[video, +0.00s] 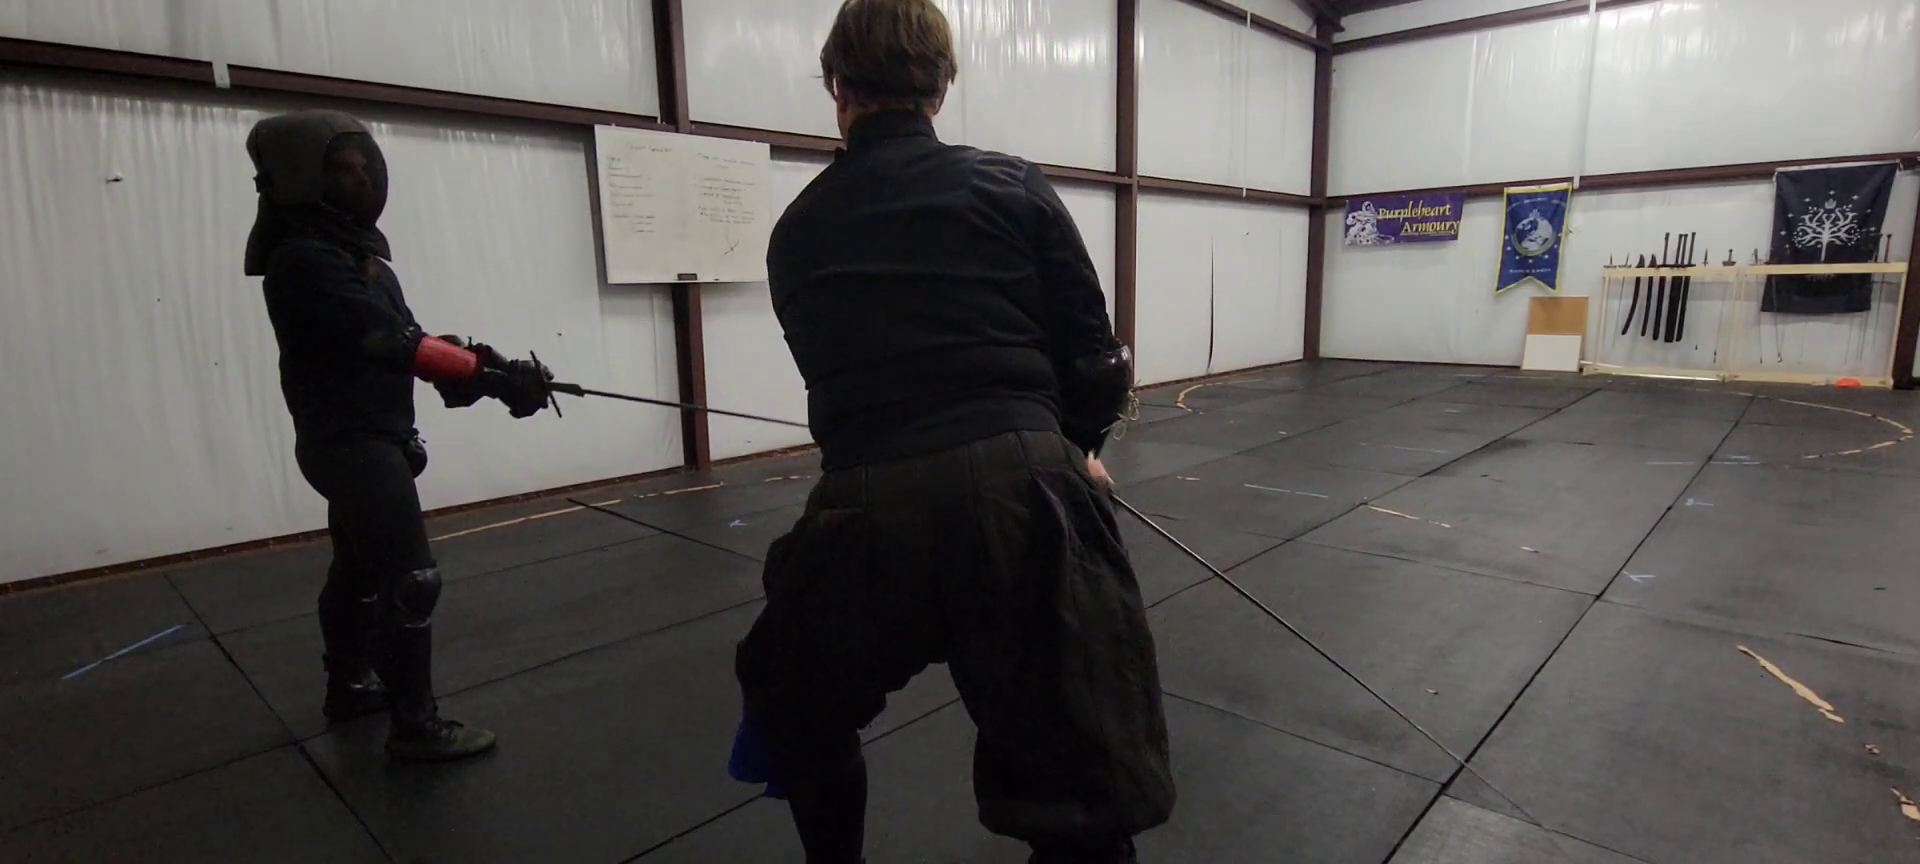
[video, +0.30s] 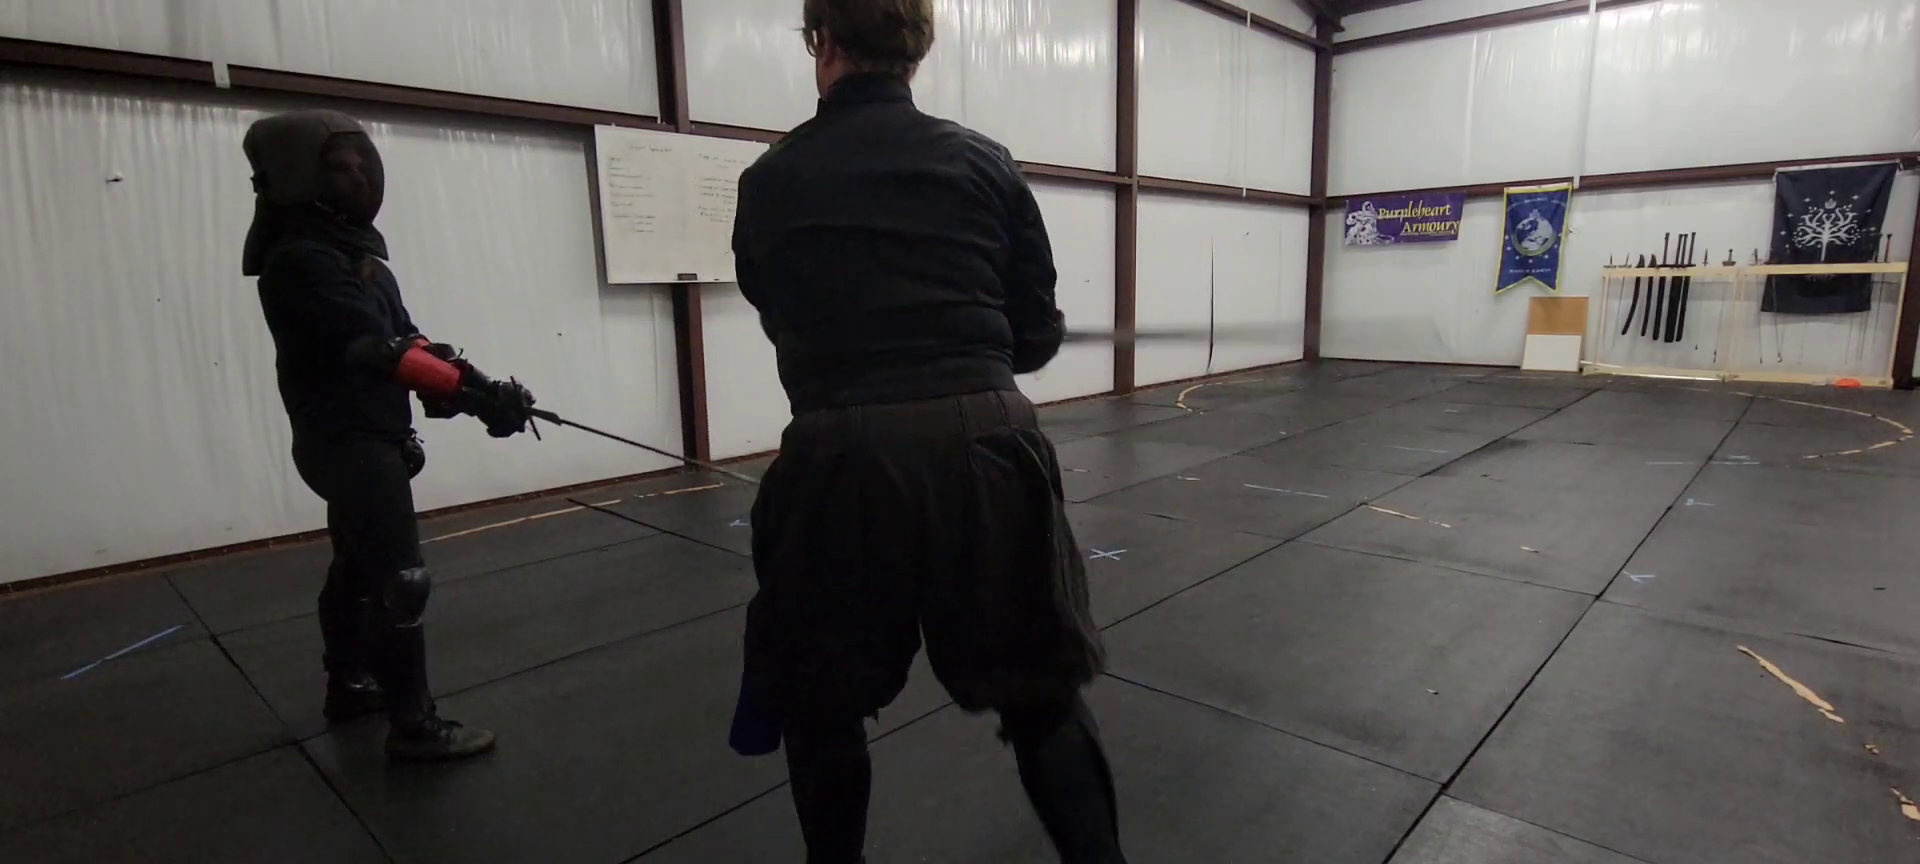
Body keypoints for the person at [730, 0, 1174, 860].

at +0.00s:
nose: (834, 99)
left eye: (832, 87)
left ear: (840, 92)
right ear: (939, 89)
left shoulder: (795, 230)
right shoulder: (1013, 183)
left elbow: (840, 386)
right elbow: (1095, 361)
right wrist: (1071, 448)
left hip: (867, 517)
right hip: (1025, 495)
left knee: (804, 703)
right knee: (1069, 768)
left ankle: (833, 851)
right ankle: (1082, 848)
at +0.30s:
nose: (812, 60)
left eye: (814, 45)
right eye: (816, 44)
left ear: (825, 49)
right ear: (913, 55)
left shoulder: (769, 179)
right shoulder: (982, 160)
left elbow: (780, 315)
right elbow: (1036, 328)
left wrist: (868, 346)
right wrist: (938, 359)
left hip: (839, 455)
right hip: (986, 443)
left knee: (823, 708)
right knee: (1039, 692)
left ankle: (835, 856)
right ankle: (1097, 851)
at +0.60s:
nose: (891, 80)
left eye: (895, 63)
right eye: (893, 62)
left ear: (918, 66)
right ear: (981, 72)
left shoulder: (864, 182)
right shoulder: (1033, 184)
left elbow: (794, 331)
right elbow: (1012, 310)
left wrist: (860, 373)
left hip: (914, 450)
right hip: (1037, 439)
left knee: (859, 678)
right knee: (1029, 626)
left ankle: (843, 853)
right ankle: (1074, 780)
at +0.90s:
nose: (958, 64)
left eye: (970, 50)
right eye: (963, 49)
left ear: (1008, 62)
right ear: (1028, 67)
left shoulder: (988, 174)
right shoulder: (1070, 159)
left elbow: (927, 308)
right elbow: (1023, 295)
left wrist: (891, 349)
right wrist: (901, 324)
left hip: (1028, 423)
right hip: (1105, 404)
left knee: (994, 629)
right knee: (1075, 606)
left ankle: (1043, 811)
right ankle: (1079, 780)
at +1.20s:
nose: (1001, 80)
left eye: (1011, 64)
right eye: (1006, 64)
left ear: (1049, 73)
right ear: (1064, 78)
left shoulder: (1063, 178)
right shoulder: (1075, 164)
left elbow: (1018, 323)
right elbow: (1029, 310)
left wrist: (951, 375)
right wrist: (936, 343)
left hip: (1127, 439)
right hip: (1101, 433)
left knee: (1172, 651)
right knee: (1064, 614)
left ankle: (1282, 827)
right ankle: (1074, 784)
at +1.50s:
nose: (1024, 98)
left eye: (1033, 82)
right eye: (1027, 81)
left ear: (1072, 89)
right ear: (1091, 92)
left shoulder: (1082, 192)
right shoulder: (1106, 177)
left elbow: (1028, 334)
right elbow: (1026, 309)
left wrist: (951, 369)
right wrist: (928, 340)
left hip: (1153, 448)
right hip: (1147, 436)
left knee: (1197, 652)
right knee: (1052, 577)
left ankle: (1289, 838)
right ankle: (1064, 752)